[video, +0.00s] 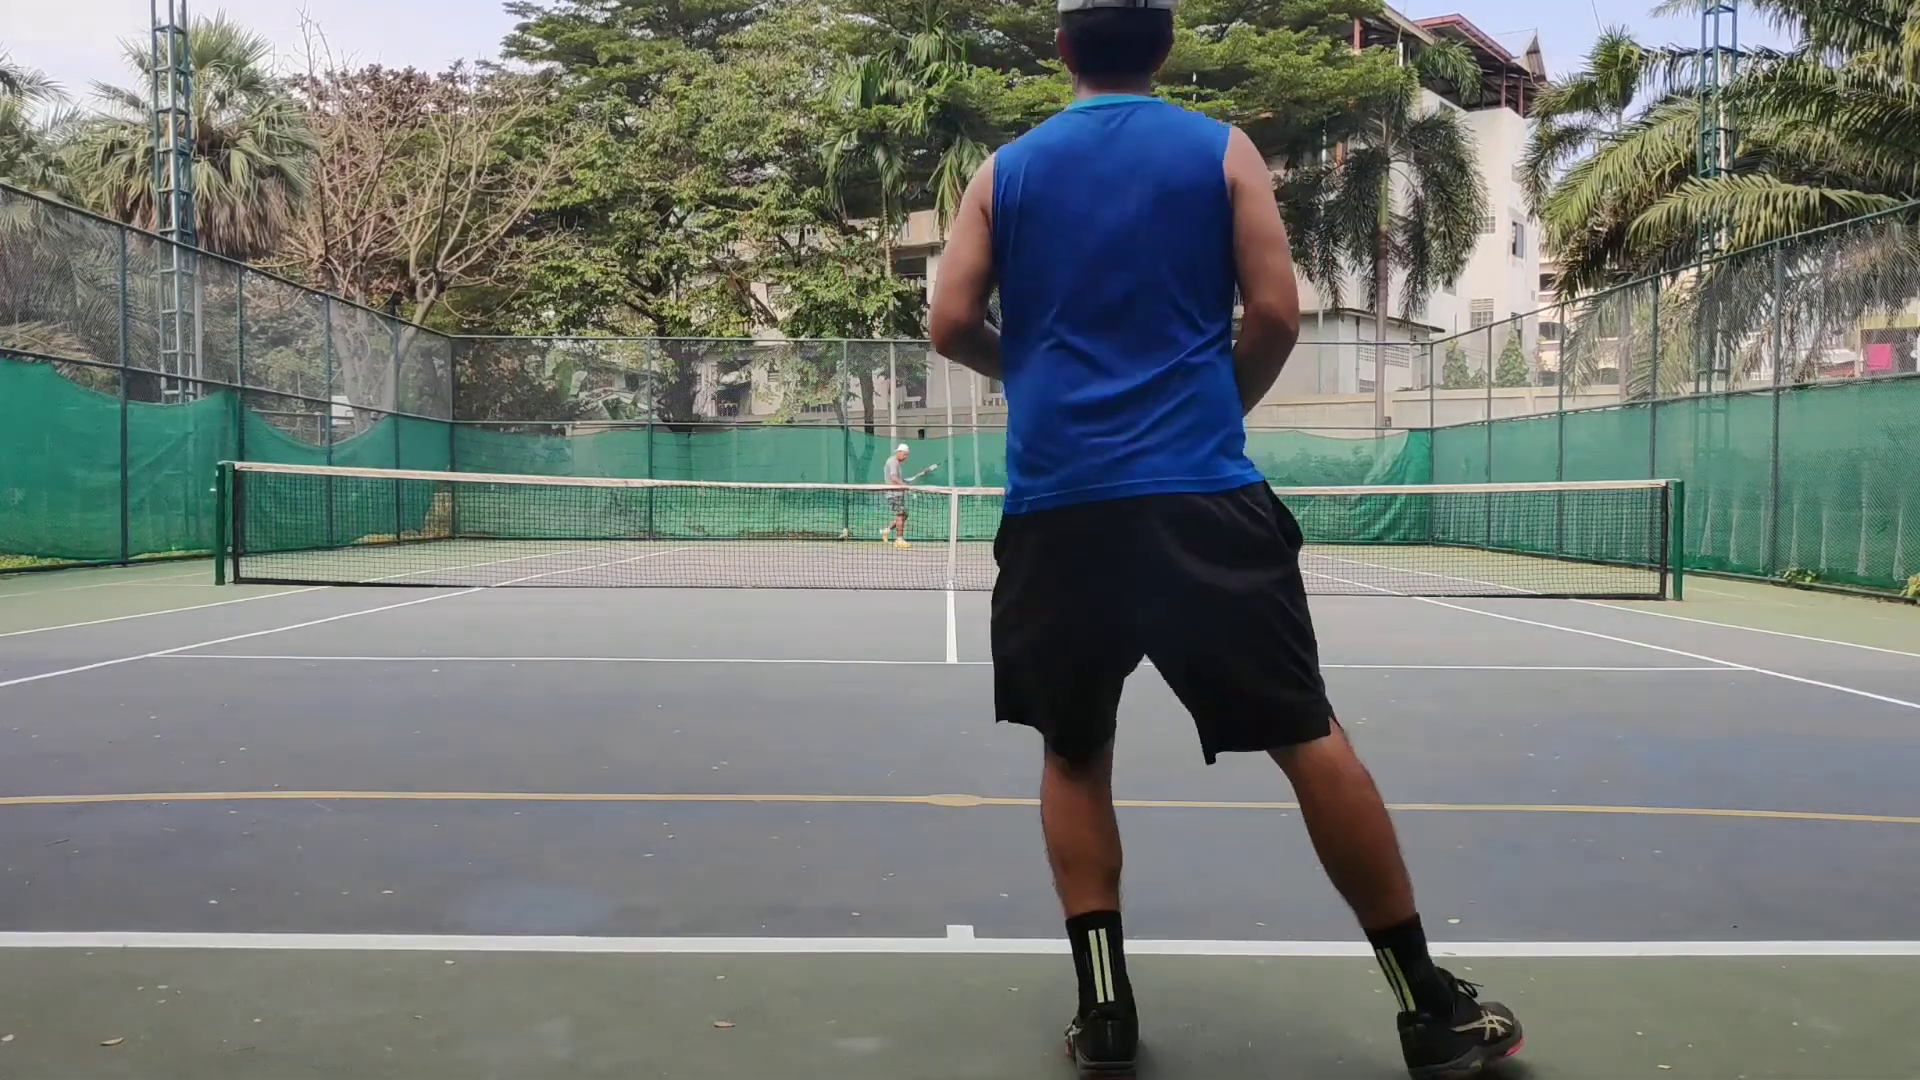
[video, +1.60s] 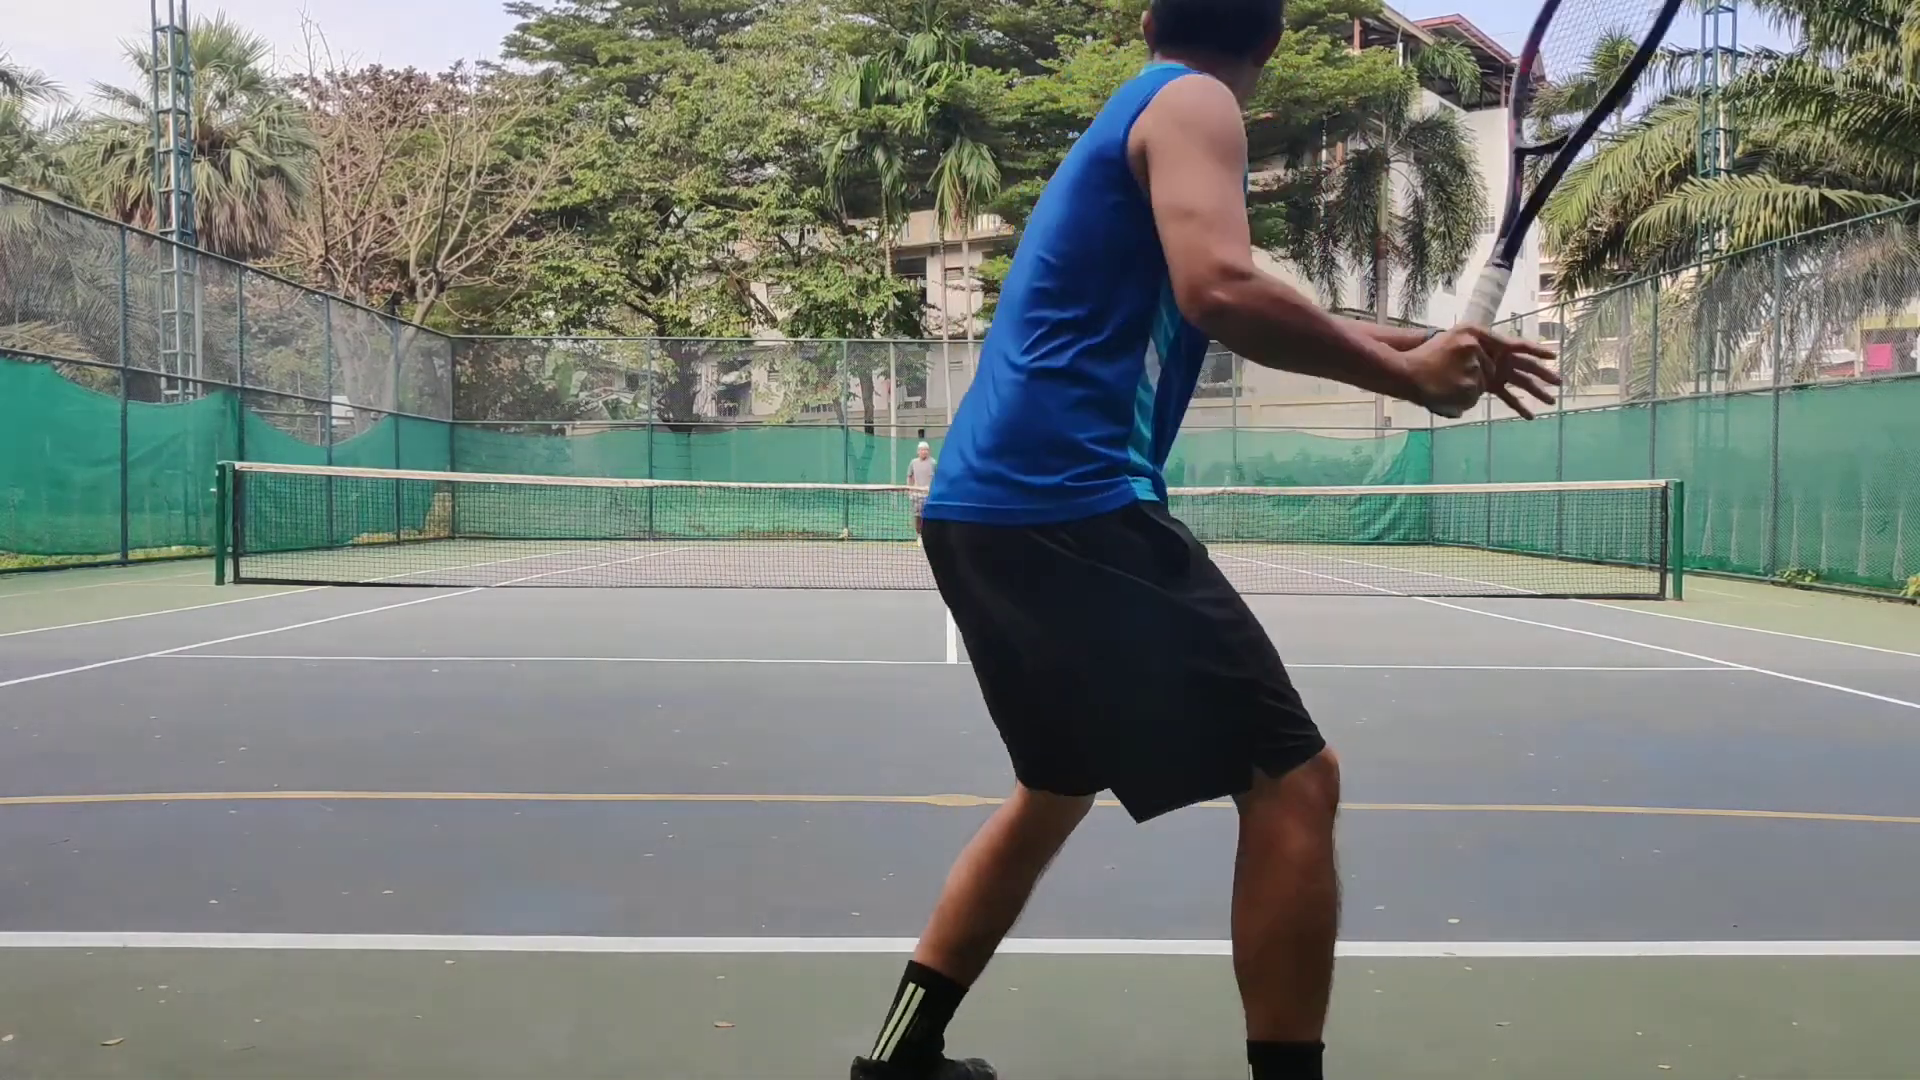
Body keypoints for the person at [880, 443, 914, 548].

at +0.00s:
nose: (906, 457)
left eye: (906, 455)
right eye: (905, 455)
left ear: (903, 454)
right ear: (899, 453)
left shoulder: (896, 462)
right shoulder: (892, 462)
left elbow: (896, 476)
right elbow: (893, 477)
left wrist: (904, 481)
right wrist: (904, 485)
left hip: (897, 490)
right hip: (893, 491)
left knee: (904, 515)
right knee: (900, 515)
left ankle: (887, 530)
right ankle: (899, 539)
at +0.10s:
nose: (910, 458)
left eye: (912, 455)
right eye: (910, 455)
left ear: (908, 454)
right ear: (904, 452)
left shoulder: (901, 462)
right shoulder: (897, 461)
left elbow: (901, 476)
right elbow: (898, 477)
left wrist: (907, 481)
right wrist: (908, 485)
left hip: (901, 491)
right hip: (896, 491)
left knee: (909, 514)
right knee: (902, 515)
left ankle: (898, 534)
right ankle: (899, 538)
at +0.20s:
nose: (915, 458)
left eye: (917, 456)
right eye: (915, 455)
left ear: (914, 455)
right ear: (909, 453)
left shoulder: (906, 462)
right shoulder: (902, 461)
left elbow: (904, 476)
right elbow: (902, 477)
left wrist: (909, 482)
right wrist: (910, 483)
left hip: (905, 491)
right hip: (899, 492)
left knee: (913, 514)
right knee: (904, 515)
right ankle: (900, 538)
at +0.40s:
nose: (924, 459)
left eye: (925, 457)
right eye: (923, 456)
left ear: (922, 455)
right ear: (917, 453)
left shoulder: (916, 463)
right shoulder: (908, 461)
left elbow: (915, 476)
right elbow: (904, 477)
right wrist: (911, 487)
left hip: (914, 493)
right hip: (907, 493)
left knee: (919, 517)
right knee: (909, 516)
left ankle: (922, 539)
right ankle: (900, 539)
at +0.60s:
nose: (930, 457)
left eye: (931, 455)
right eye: (929, 454)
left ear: (929, 454)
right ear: (924, 452)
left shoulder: (926, 463)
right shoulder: (913, 460)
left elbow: (928, 475)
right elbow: (902, 472)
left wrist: (935, 484)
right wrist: (902, 484)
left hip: (921, 491)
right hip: (911, 491)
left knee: (923, 515)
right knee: (912, 515)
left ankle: (923, 539)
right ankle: (902, 537)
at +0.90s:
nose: (934, 454)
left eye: (935, 452)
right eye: (933, 451)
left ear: (936, 453)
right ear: (927, 450)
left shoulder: (934, 463)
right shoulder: (916, 459)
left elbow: (935, 476)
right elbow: (907, 470)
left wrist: (928, 480)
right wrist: (903, 480)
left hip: (926, 487)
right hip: (915, 485)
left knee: (926, 514)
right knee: (912, 512)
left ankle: (924, 537)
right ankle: (905, 534)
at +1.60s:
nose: (923, 452)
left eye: (925, 450)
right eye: (921, 450)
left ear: (929, 451)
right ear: (918, 451)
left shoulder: (933, 462)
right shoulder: (913, 462)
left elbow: (936, 476)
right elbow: (910, 476)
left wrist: (934, 489)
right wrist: (910, 488)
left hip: (929, 492)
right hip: (917, 492)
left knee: (928, 514)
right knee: (917, 515)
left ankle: (927, 534)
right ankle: (918, 533)